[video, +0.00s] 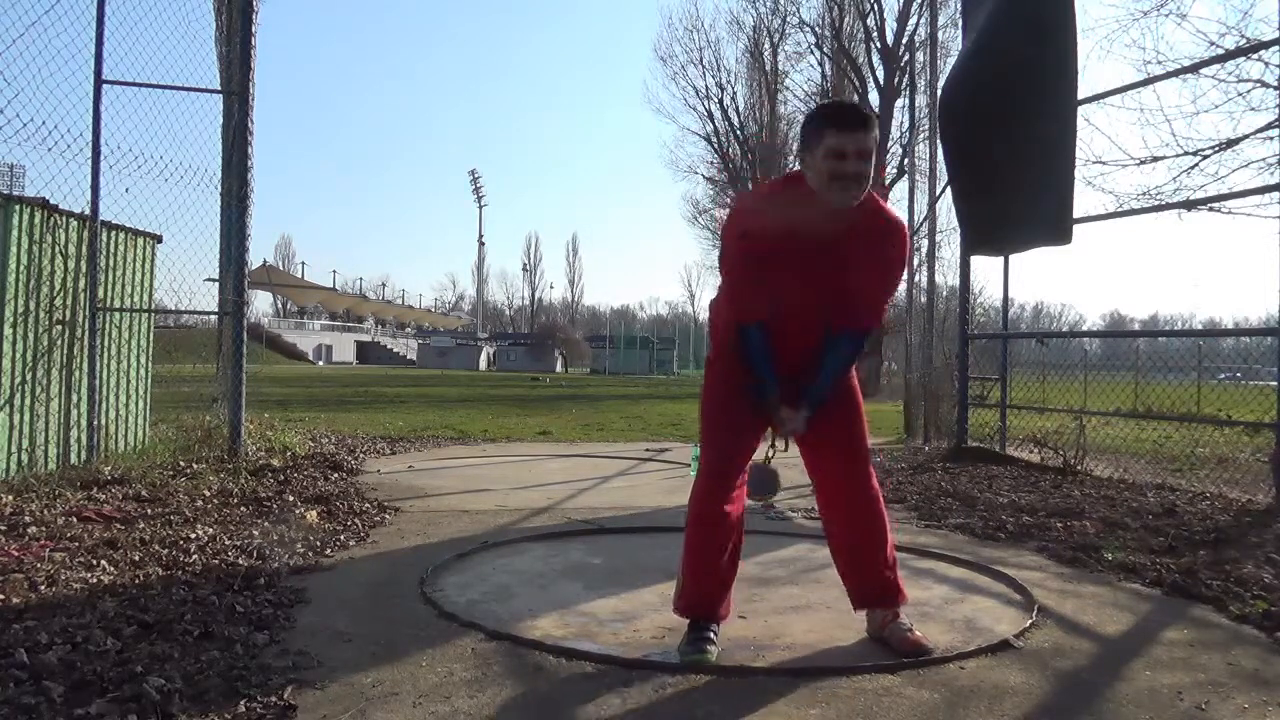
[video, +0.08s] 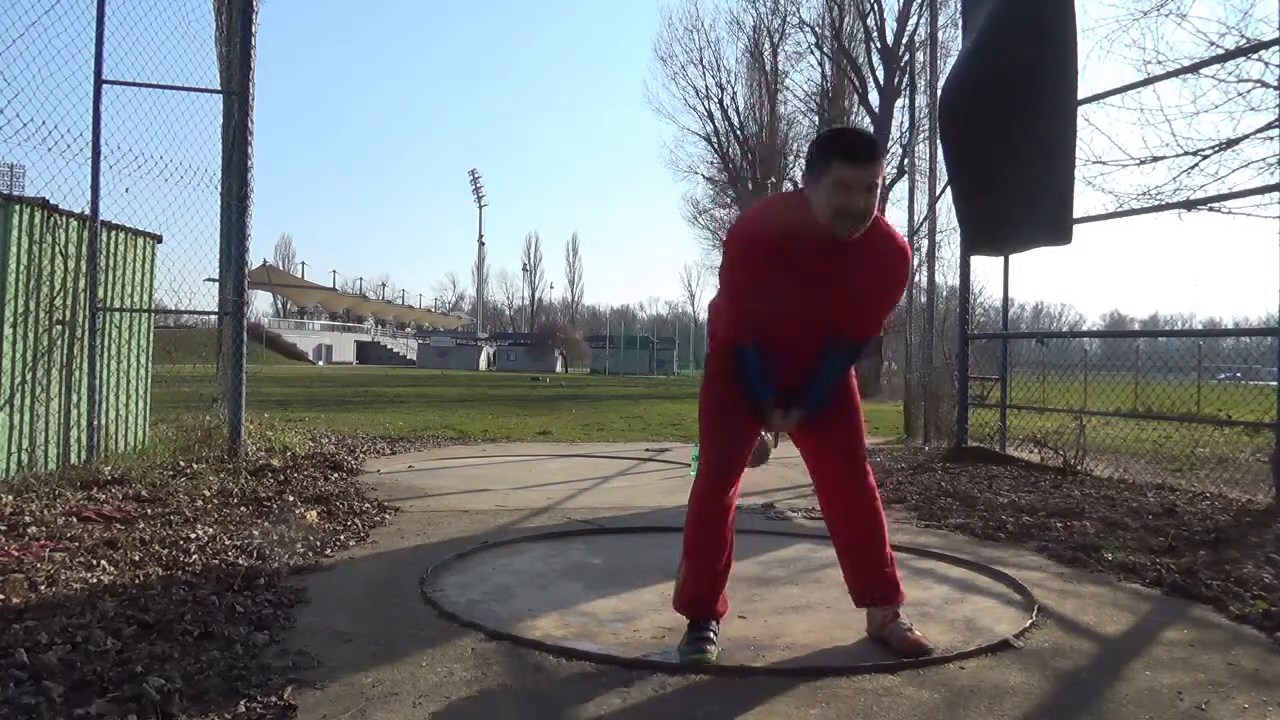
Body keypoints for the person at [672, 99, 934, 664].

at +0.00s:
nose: (849, 167)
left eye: (861, 156)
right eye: (836, 155)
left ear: (874, 161)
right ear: (805, 155)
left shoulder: (885, 232)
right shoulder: (755, 213)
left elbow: (855, 331)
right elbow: (747, 314)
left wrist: (809, 401)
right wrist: (770, 392)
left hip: (825, 364)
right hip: (745, 355)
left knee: (854, 480)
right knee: (719, 481)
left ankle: (885, 613)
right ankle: (703, 619)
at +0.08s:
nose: (857, 202)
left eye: (869, 188)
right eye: (843, 188)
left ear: (881, 188)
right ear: (811, 183)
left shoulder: (890, 255)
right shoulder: (757, 229)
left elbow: (852, 342)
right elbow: (737, 328)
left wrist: (804, 403)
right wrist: (764, 399)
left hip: (824, 366)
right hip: (742, 355)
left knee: (852, 480)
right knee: (716, 481)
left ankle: (884, 614)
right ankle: (703, 618)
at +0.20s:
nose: (858, 220)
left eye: (870, 206)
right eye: (843, 207)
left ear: (882, 202)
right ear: (809, 199)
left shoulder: (891, 266)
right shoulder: (756, 239)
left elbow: (854, 348)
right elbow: (738, 332)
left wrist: (803, 403)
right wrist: (764, 400)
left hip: (824, 368)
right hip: (742, 357)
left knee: (851, 482)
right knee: (717, 484)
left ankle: (884, 613)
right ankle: (701, 617)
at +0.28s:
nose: (853, 209)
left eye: (865, 196)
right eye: (838, 196)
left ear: (879, 194)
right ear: (806, 190)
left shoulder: (890, 260)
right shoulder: (755, 232)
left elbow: (854, 347)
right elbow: (736, 326)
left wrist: (804, 404)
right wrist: (762, 399)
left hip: (824, 368)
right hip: (742, 358)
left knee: (852, 483)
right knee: (716, 484)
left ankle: (884, 614)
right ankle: (701, 617)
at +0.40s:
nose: (847, 170)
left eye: (859, 157)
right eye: (831, 157)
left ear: (870, 160)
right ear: (797, 159)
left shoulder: (884, 233)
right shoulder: (751, 213)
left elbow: (855, 331)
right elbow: (737, 313)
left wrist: (807, 402)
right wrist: (764, 394)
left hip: (826, 364)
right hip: (743, 355)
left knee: (856, 480)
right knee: (717, 478)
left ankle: (885, 614)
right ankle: (702, 619)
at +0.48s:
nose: (839, 143)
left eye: (850, 131)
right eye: (823, 131)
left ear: (862, 140)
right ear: (791, 140)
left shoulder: (877, 215)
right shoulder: (745, 201)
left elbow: (854, 315)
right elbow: (737, 302)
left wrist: (809, 391)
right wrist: (766, 384)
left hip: (827, 359)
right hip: (746, 351)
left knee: (855, 478)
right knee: (717, 478)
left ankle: (885, 615)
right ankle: (702, 619)